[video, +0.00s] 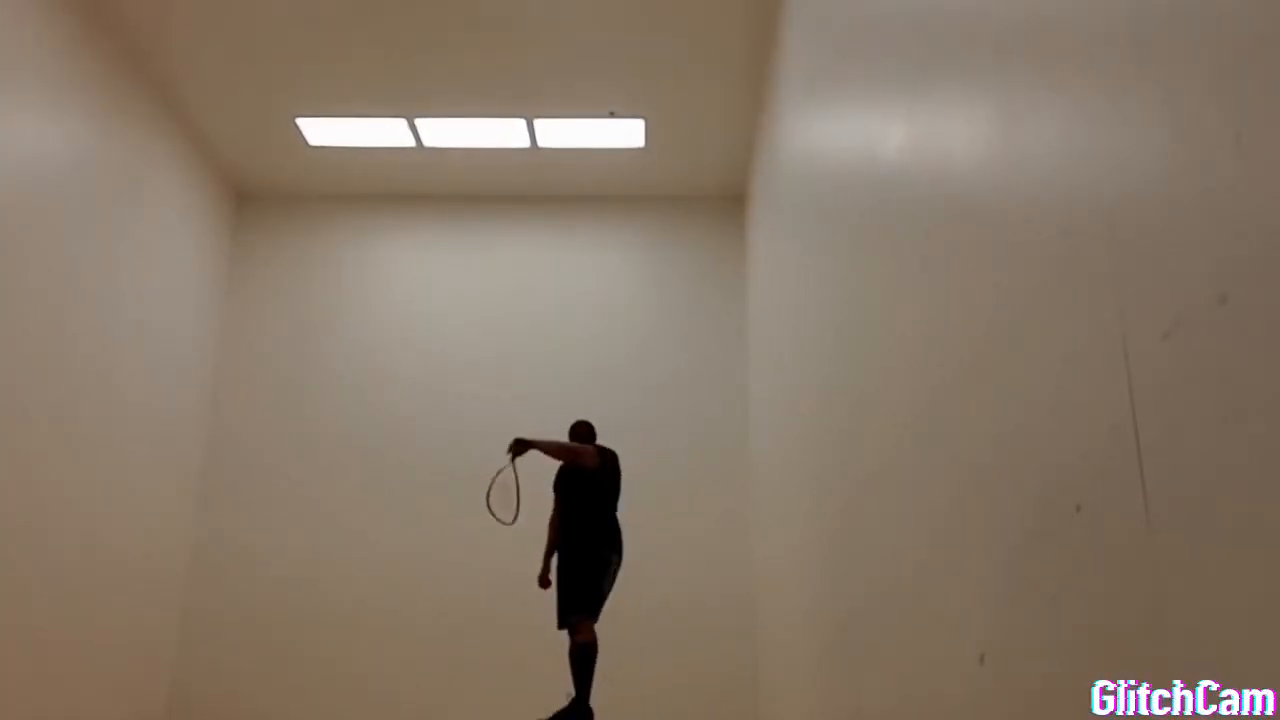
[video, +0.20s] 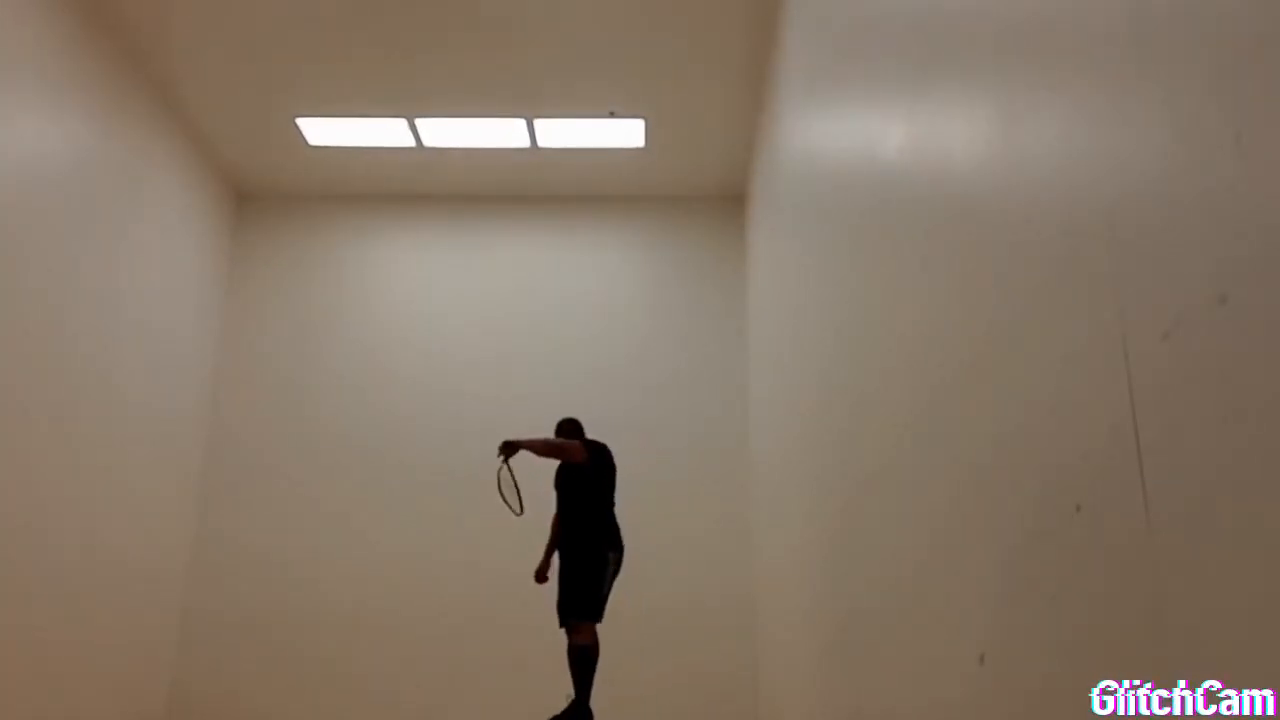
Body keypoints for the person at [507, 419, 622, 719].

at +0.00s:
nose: (577, 444)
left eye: (580, 439)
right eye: (575, 440)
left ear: (583, 439)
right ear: (582, 438)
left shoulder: (608, 459)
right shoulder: (564, 472)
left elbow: (574, 453)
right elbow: (557, 517)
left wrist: (531, 444)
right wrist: (546, 563)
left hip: (601, 548)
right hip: (572, 550)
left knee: (584, 623)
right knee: (576, 625)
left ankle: (582, 703)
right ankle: (580, 701)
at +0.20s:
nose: (561, 445)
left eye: (563, 441)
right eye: (558, 441)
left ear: (573, 436)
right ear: (570, 436)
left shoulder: (599, 453)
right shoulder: (564, 469)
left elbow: (558, 447)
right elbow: (561, 516)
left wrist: (520, 445)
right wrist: (546, 558)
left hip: (599, 548)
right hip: (574, 551)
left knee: (583, 624)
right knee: (574, 624)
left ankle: (582, 704)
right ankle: (580, 703)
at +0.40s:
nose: (547, 448)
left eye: (547, 441)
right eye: (545, 443)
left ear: (556, 436)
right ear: (565, 433)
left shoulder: (589, 453)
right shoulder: (563, 467)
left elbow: (555, 471)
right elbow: (563, 515)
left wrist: (508, 475)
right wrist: (547, 552)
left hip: (600, 545)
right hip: (580, 548)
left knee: (581, 619)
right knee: (578, 618)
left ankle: (582, 703)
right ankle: (581, 701)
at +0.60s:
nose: (540, 440)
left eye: (542, 432)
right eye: (538, 434)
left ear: (555, 430)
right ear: (557, 430)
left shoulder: (577, 458)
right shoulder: (566, 462)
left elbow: (570, 511)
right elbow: (568, 514)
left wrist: (544, 551)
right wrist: (556, 553)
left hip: (596, 545)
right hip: (583, 547)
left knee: (584, 622)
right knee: (579, 622)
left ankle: (583, 704)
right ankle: (581, 702)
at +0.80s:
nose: (545, 432)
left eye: (550, 426)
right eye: (544, 427)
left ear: (563, 426)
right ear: (549, 429)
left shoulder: (582, 454)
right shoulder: (565, 460)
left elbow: (586, 497)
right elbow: (569, 506)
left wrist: (570, 530)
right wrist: (564, 550)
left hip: (596, 546)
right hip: (579, 548)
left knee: (589, 623)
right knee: (575, 624)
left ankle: (612, 701)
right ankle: (579, 703)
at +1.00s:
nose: (561, 431)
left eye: (566, 425)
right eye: (556, 426)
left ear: (578, 425)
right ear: (553, 430)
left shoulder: (592, 453)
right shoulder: (565, 467)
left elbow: (590, 477)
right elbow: (569, 521)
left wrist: (564, 485)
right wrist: (565, 563)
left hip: (600, 546)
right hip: (577, 550)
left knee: (591, 624)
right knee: (578, 625)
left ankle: (620, 702)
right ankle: (579, 704)